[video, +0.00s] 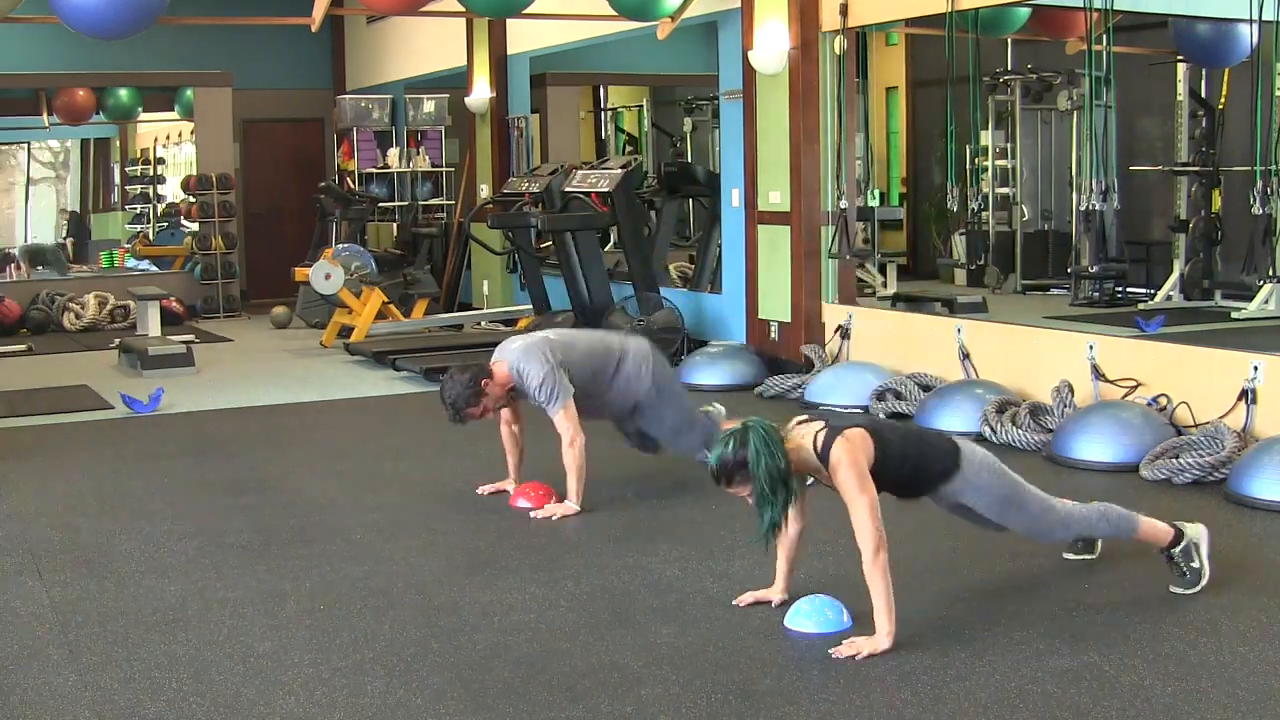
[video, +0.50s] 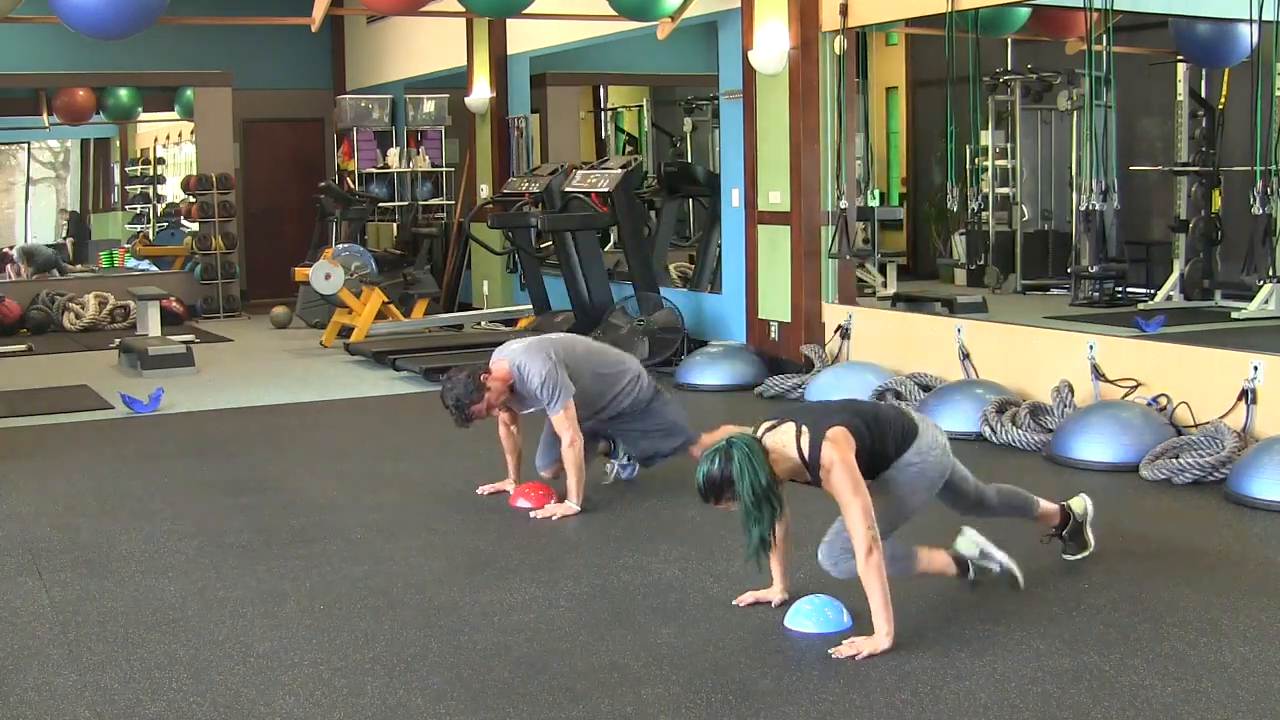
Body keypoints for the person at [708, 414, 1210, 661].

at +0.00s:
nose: (743, 500)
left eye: (742, 492)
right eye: (736, 493)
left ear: (760, 471)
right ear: (759, 454)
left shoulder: (842, 453)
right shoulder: (784, 446)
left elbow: (875, 550)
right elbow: (790, 519)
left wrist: (885, 634)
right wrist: (780, 588)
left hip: (960, 466)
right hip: (929, 475)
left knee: (1061, 519)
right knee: (1010, 514)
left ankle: (1177, 537)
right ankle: (1078, 531)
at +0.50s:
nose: (733, 509)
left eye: (731, 501)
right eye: (725, 504)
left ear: (749, 481)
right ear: (735, 456)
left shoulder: (832, 454)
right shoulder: (761, 440)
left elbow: (869, 546)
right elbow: (772, 513)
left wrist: (883, 634)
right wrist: (779, 585)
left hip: (916, 459)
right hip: (912, 426)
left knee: (835, 555)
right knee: (976, 497)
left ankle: (965, 561)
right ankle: (1068, 517)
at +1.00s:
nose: (740, 502)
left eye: (736, 495)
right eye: (732, 497)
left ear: (749, 473)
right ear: (743, 458)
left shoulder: (830, 452)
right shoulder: (769, 445)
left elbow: (866, 549)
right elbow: (780, 517)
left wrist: (883, 633)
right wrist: (779, 587)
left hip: (942, 451)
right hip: (918, 446)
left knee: (1042, 513)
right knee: (1012, 496)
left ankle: (1162, 532)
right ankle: (1077, 526)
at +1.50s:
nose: (735, 498)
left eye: (733, 489)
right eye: (727, 492)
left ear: (746, 471)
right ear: (747, 452)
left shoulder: (824, 452)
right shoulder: (774, 446)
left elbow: (862, 548)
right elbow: (784, 516)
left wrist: (882, 633)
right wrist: (779, 586)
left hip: (950, 437)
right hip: (899, 462)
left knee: (1045, 505)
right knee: (879, 556)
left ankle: (1161, 542)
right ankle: (948, 511)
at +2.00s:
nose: (739, 502)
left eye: (736, 493)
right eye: (730, 495)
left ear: (749, 475)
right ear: (744, 456)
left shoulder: (828, 454)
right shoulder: (778, 447)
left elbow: (865, 550)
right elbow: (788, 521)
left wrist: (883, 634)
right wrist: (779, 588)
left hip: (953, 439)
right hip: (899, 461)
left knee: (1047, 505)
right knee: (864, 541)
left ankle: (1164, 539)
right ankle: (929, 521)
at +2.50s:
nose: (740, 504)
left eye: (739, 497)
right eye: (732, 500)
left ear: (752, 474)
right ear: (747, 449)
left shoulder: (828, 454)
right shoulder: (766, 441)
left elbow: (869, 547)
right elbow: (780, 514)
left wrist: (882, 634)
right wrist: (780, 586)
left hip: (937, 458)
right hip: (909, 459)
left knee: (1024, 539)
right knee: (997, 505)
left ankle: (1151, 535)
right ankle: (1070, 509)